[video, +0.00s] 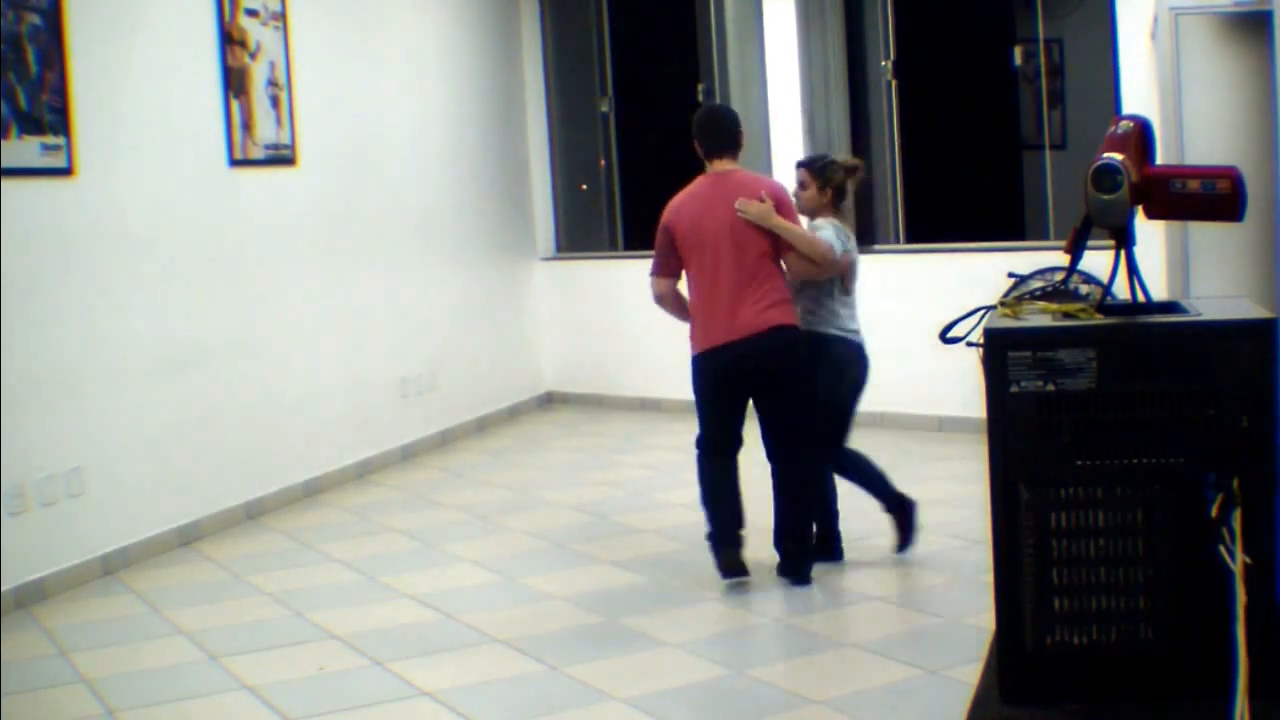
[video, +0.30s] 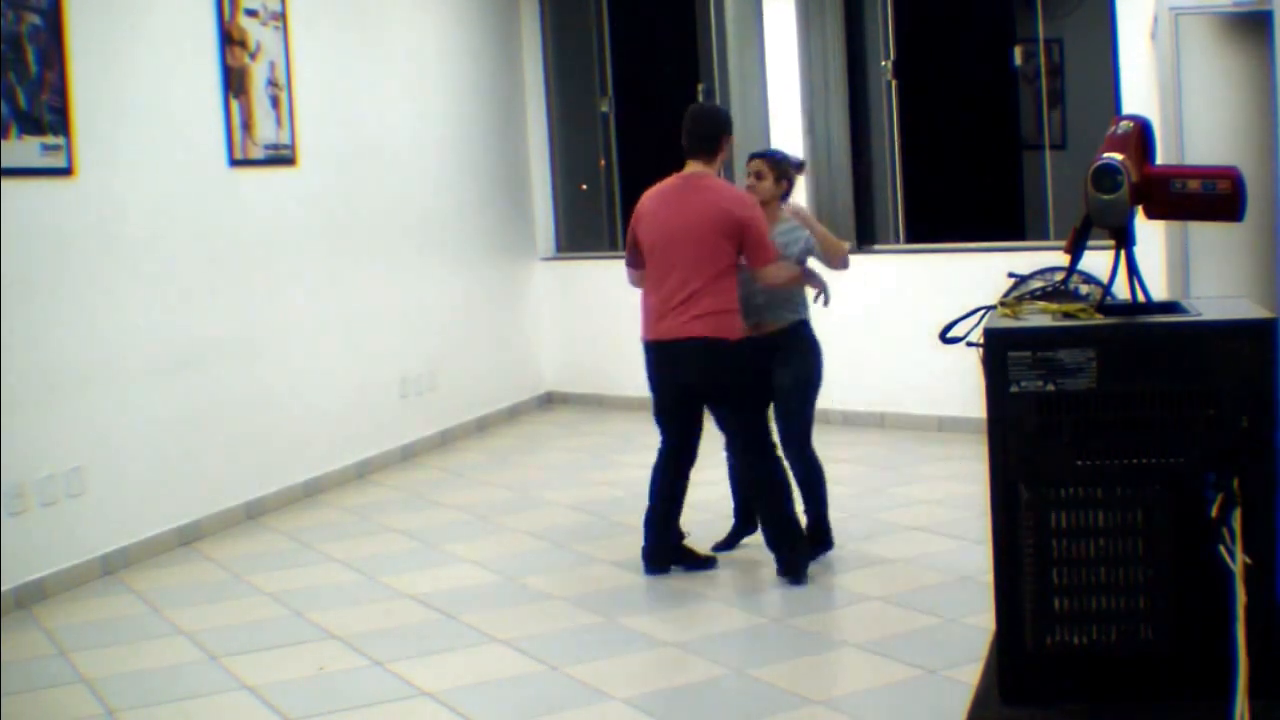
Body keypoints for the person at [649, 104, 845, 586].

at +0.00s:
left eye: (698, 144)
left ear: (697, 148)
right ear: (740, 142)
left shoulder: (678, 209)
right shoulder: (769, 191)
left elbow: (663, 290)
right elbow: (808, 263)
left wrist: (701, 317)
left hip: (715, 347)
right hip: (776, 338)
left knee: (716, 447)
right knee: (788, 451)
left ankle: (729, 555)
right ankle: (794, 561)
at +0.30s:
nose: (734, 153)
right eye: (734, 146)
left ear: (684, 145)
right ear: (726, 146)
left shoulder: (650, 201)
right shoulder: (736, 202)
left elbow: (636, 274)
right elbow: (769, 273)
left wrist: (687, 270)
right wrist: (804, 273)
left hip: (664, 347)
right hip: (721, 342)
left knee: (676, 446)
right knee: (755, 448)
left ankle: (660, 549)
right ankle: (791, 556)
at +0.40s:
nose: (727, 158)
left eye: (726, 152)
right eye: (727, 152)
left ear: (679, 144)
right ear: (717, 150)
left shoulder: (639, 195)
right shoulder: (716, 208)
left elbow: (640, 258)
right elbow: (731, 287)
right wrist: (781, 291)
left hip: (636, 341)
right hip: (690, 343)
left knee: (663, 443)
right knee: (731, 450)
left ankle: (660, 548)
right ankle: (755, 553)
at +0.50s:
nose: (716, 159)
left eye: (716, 150)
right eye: (716, 151)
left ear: (670, 146)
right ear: (703, 152)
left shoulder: (638, 195)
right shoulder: (688, 212)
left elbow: (643, 268)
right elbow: (691, 292)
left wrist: (705, 275)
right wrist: (746, 316)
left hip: (623, 342)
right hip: (665, 346)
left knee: (658, 442)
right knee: (712, 437)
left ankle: (659, 552)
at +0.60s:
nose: (700, 166)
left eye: (701, 158)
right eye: (698, 158)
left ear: (662, 154)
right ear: (682, 156)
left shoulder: (638, 201)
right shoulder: (656, 212)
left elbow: (658, 276)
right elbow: (651, 293)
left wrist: (709, 290)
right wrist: (706, 329)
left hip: (626, 344)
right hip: (643, 348)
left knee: (659, 444)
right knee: (672, 448)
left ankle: (662, 545)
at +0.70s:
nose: (683, 167)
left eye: (685, 158)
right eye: (681, 158)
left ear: (655, 156)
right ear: (658, 156)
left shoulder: (657, 208)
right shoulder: (619, 212)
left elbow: (666, 271)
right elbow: (605, 288)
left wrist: (712, 287)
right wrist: (665, 324)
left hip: (648, 351)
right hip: (615, 353)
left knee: (656, 450)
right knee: (629, 450)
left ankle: (662, 546)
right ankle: (560, 535)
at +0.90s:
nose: (652, 166)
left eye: (653, 157)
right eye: (648, 156)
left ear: (625, 156)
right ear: (621, 154)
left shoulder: (643, 208)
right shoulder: (571, 210)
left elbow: (667, 265)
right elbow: (541, 280)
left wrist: (703, 275)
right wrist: (603, 312)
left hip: (619, 347)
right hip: (566, 349)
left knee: (645, 442)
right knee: (560, 451)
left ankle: (657, 540)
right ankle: (544, 548)